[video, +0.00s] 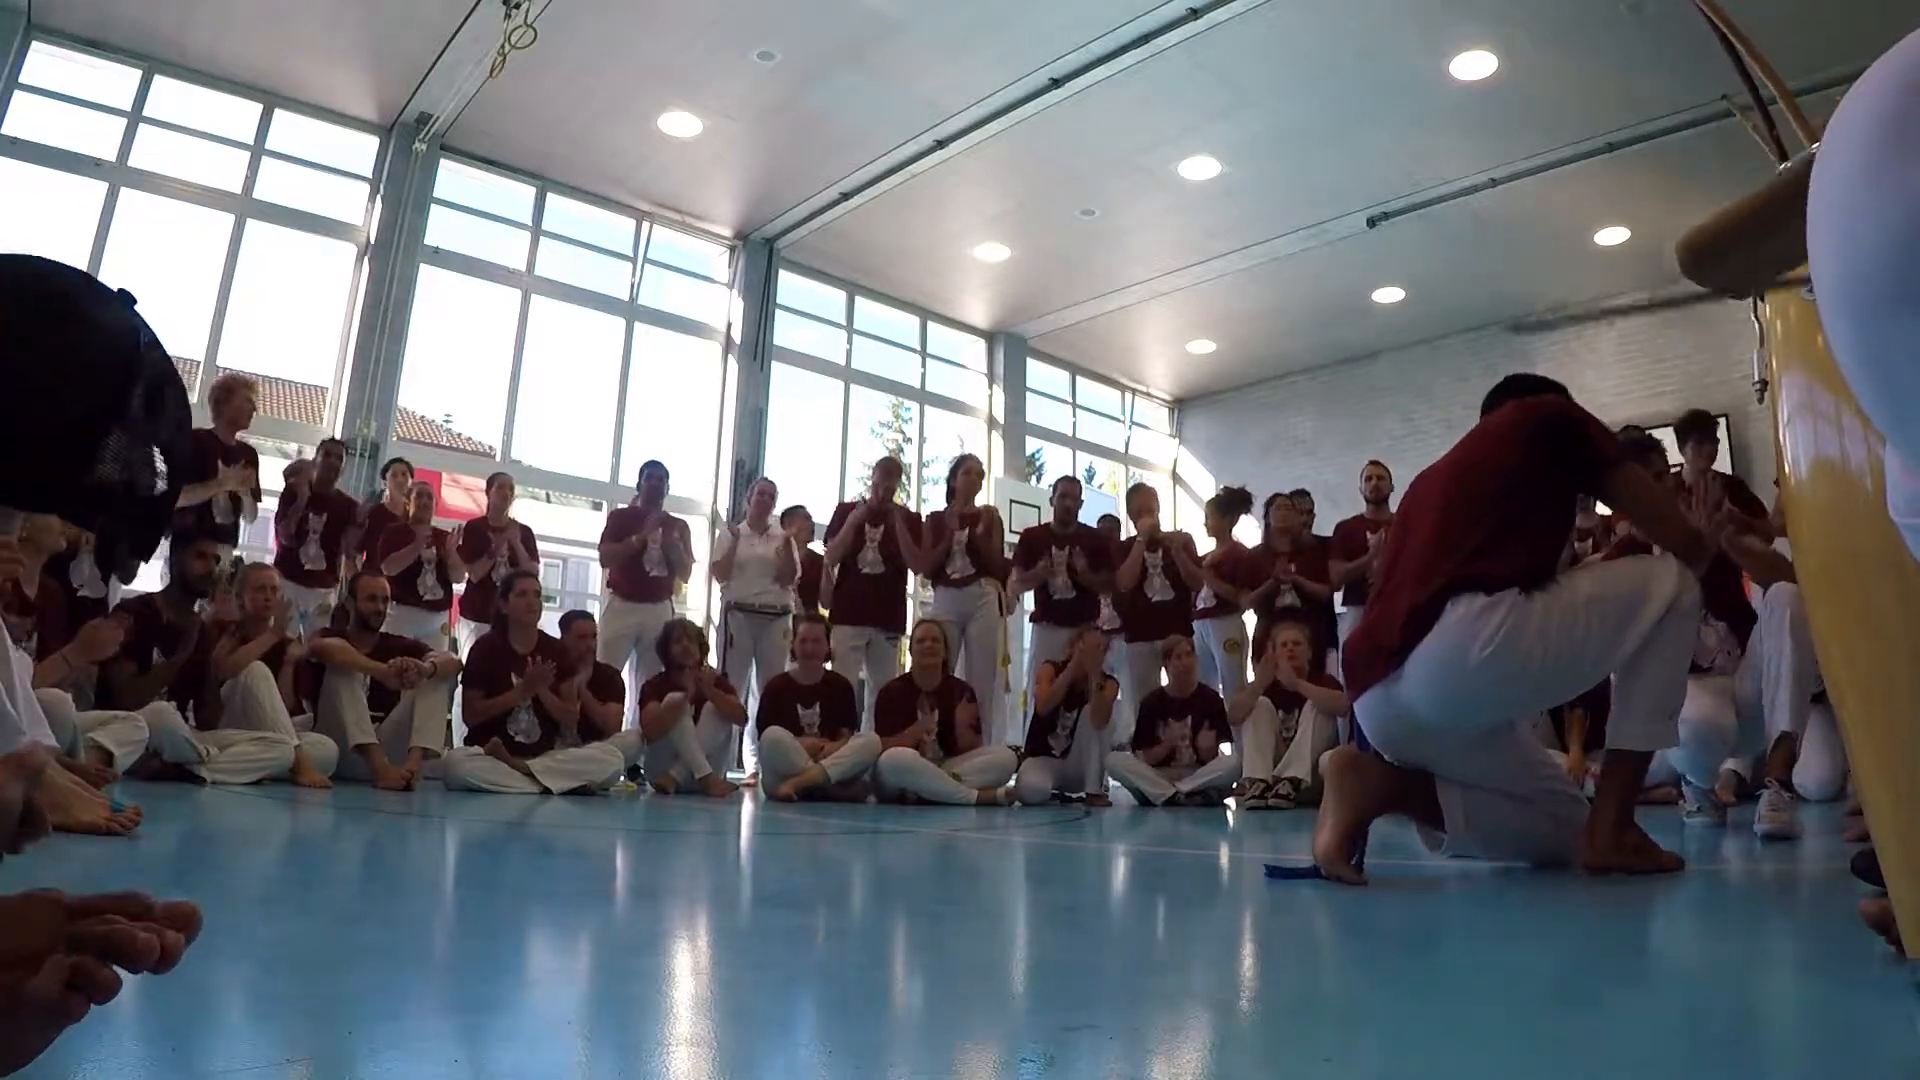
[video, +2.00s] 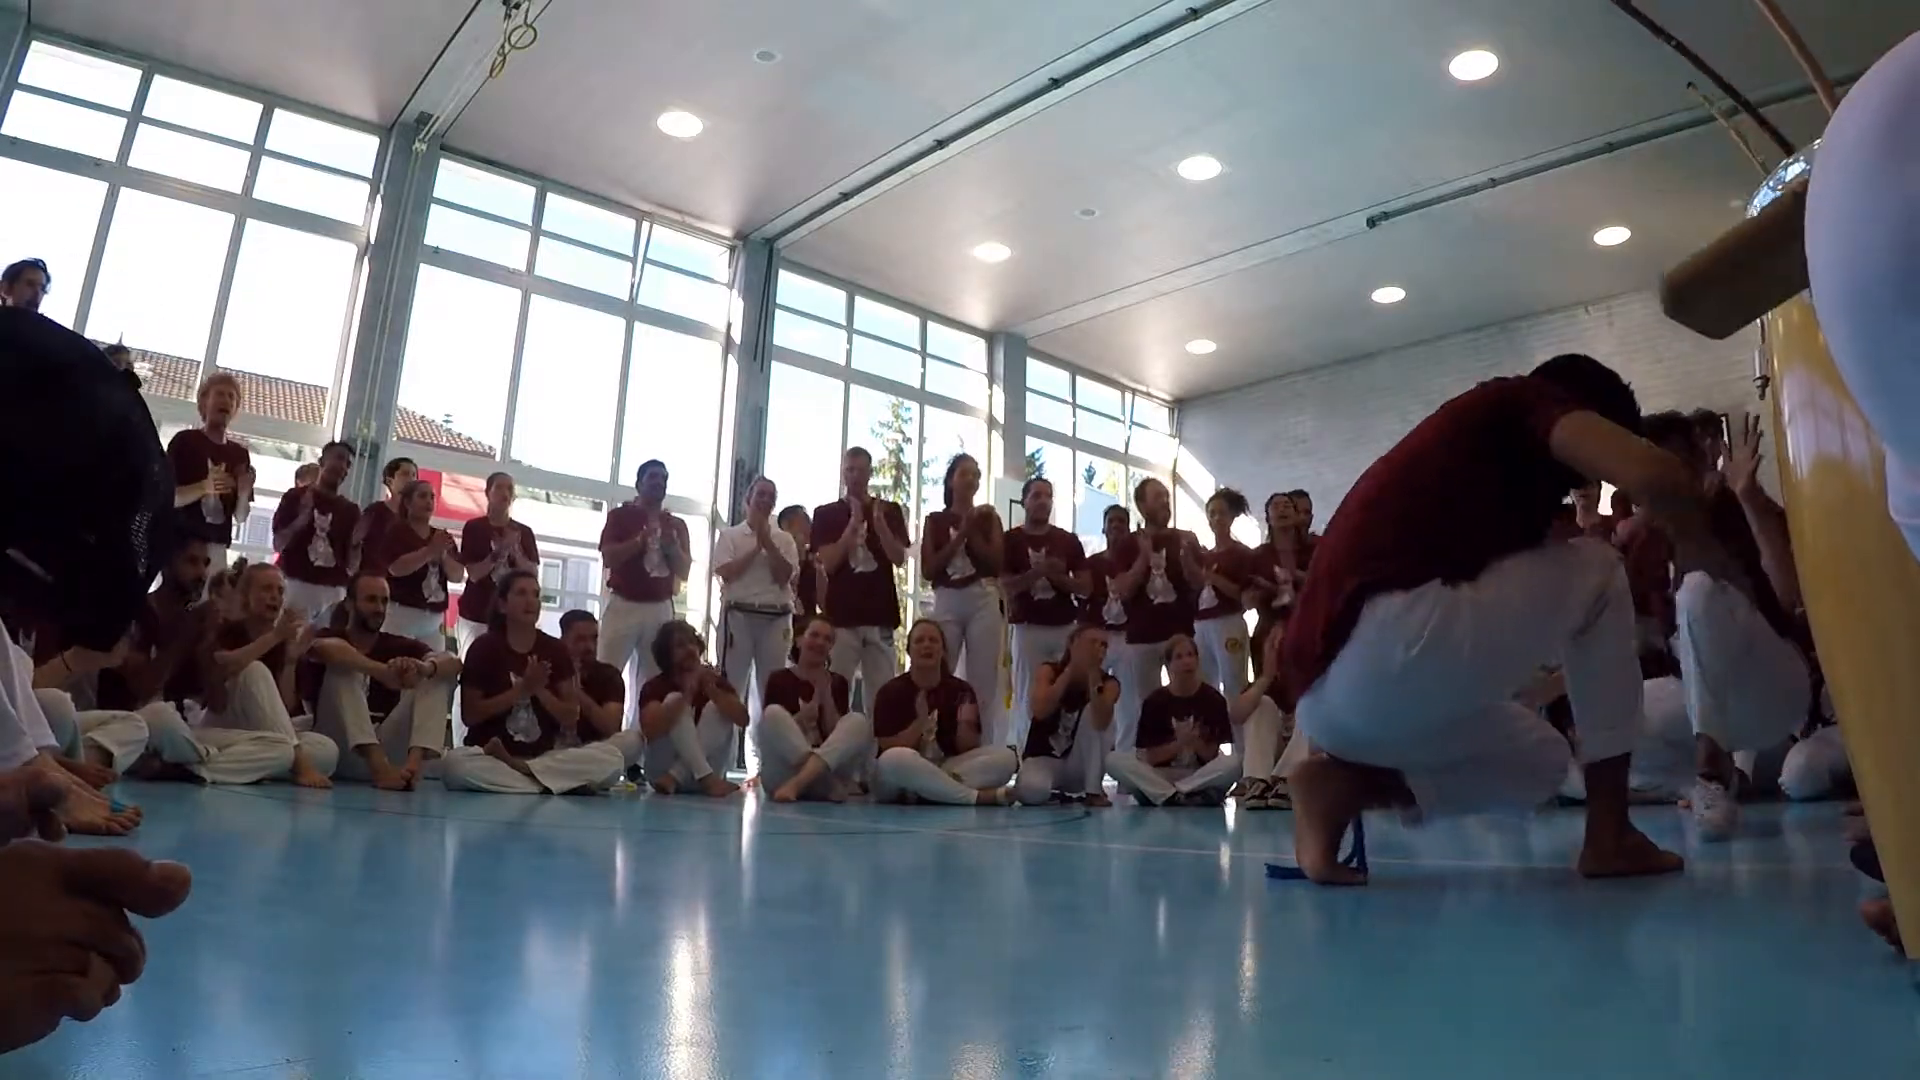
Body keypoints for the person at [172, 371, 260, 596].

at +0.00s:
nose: (254, 407)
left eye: (253, 401)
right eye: (246, 400)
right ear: (221, 404)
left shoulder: (247, 454)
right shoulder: (192, 441)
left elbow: (251, 515)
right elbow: (174, 497)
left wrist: (244, 489)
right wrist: (221, 484)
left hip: (224, 549)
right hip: (187, 544)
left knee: (213, 619)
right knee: (179, 616)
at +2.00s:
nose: (226, 401)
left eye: (231, 396)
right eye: (219, 394)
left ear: (236, 407)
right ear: (202, 401)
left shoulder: (239, 454)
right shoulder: (184, 441)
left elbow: (241, 516)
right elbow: (164, 498)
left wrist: (244, 490)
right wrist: (203, 487)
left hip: (216, 546)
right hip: (178, 542)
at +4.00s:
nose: (229, 404)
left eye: (235, 401)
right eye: (223, 398)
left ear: (239, 410)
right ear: (204, 404)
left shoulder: (238, 456)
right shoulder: (184, 442)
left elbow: (244, 516)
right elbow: (171, 498)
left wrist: (229, 492)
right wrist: (213, 482)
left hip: (218, 548)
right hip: (181, 545)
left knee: (214, 621)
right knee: (173, 619)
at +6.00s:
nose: (229, 404)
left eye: (234, 400)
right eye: (223, 397)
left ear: (237, 408)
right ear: (205, 403)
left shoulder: (237, 453)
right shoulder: (183, 440)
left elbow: (245, 512)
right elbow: (172, 497)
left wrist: (230, 478)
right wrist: (218, 472)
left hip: (216, 546)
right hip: (179, 542)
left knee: (208, 618)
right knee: (171, 612)